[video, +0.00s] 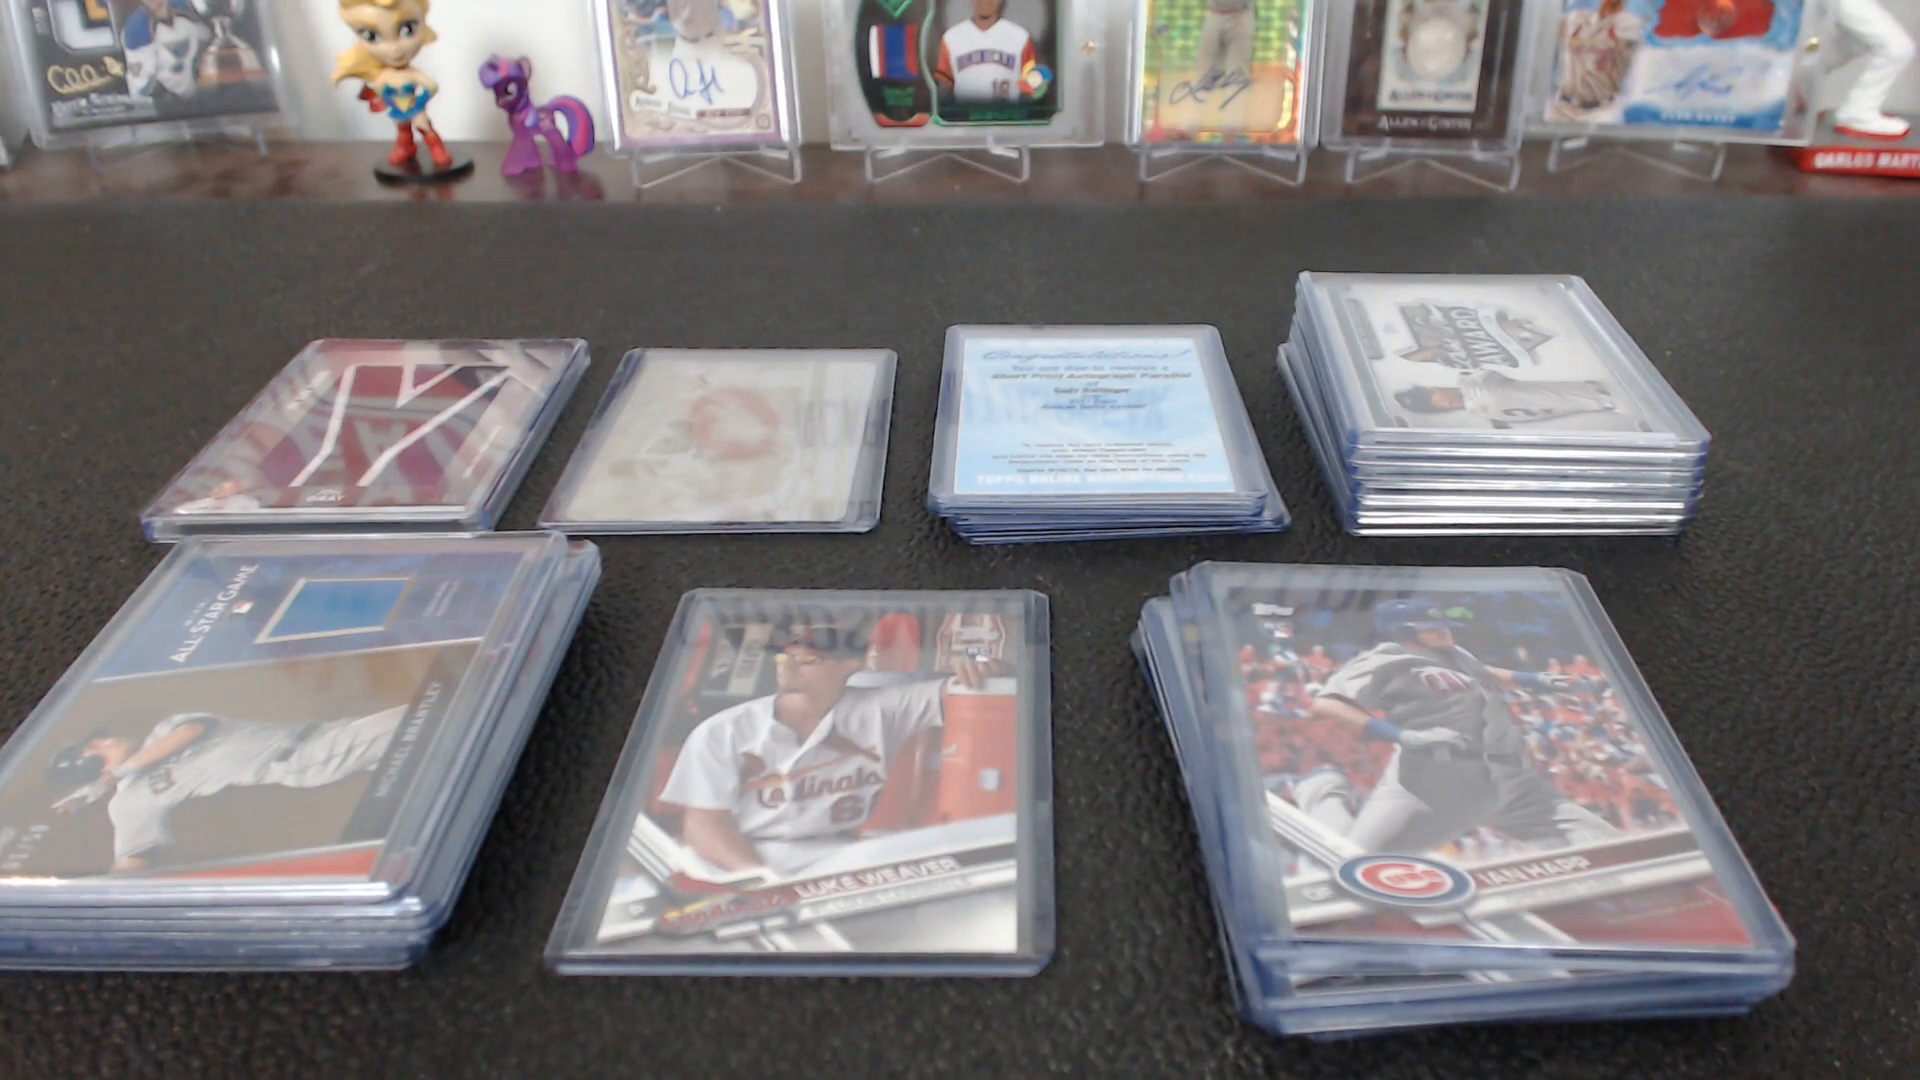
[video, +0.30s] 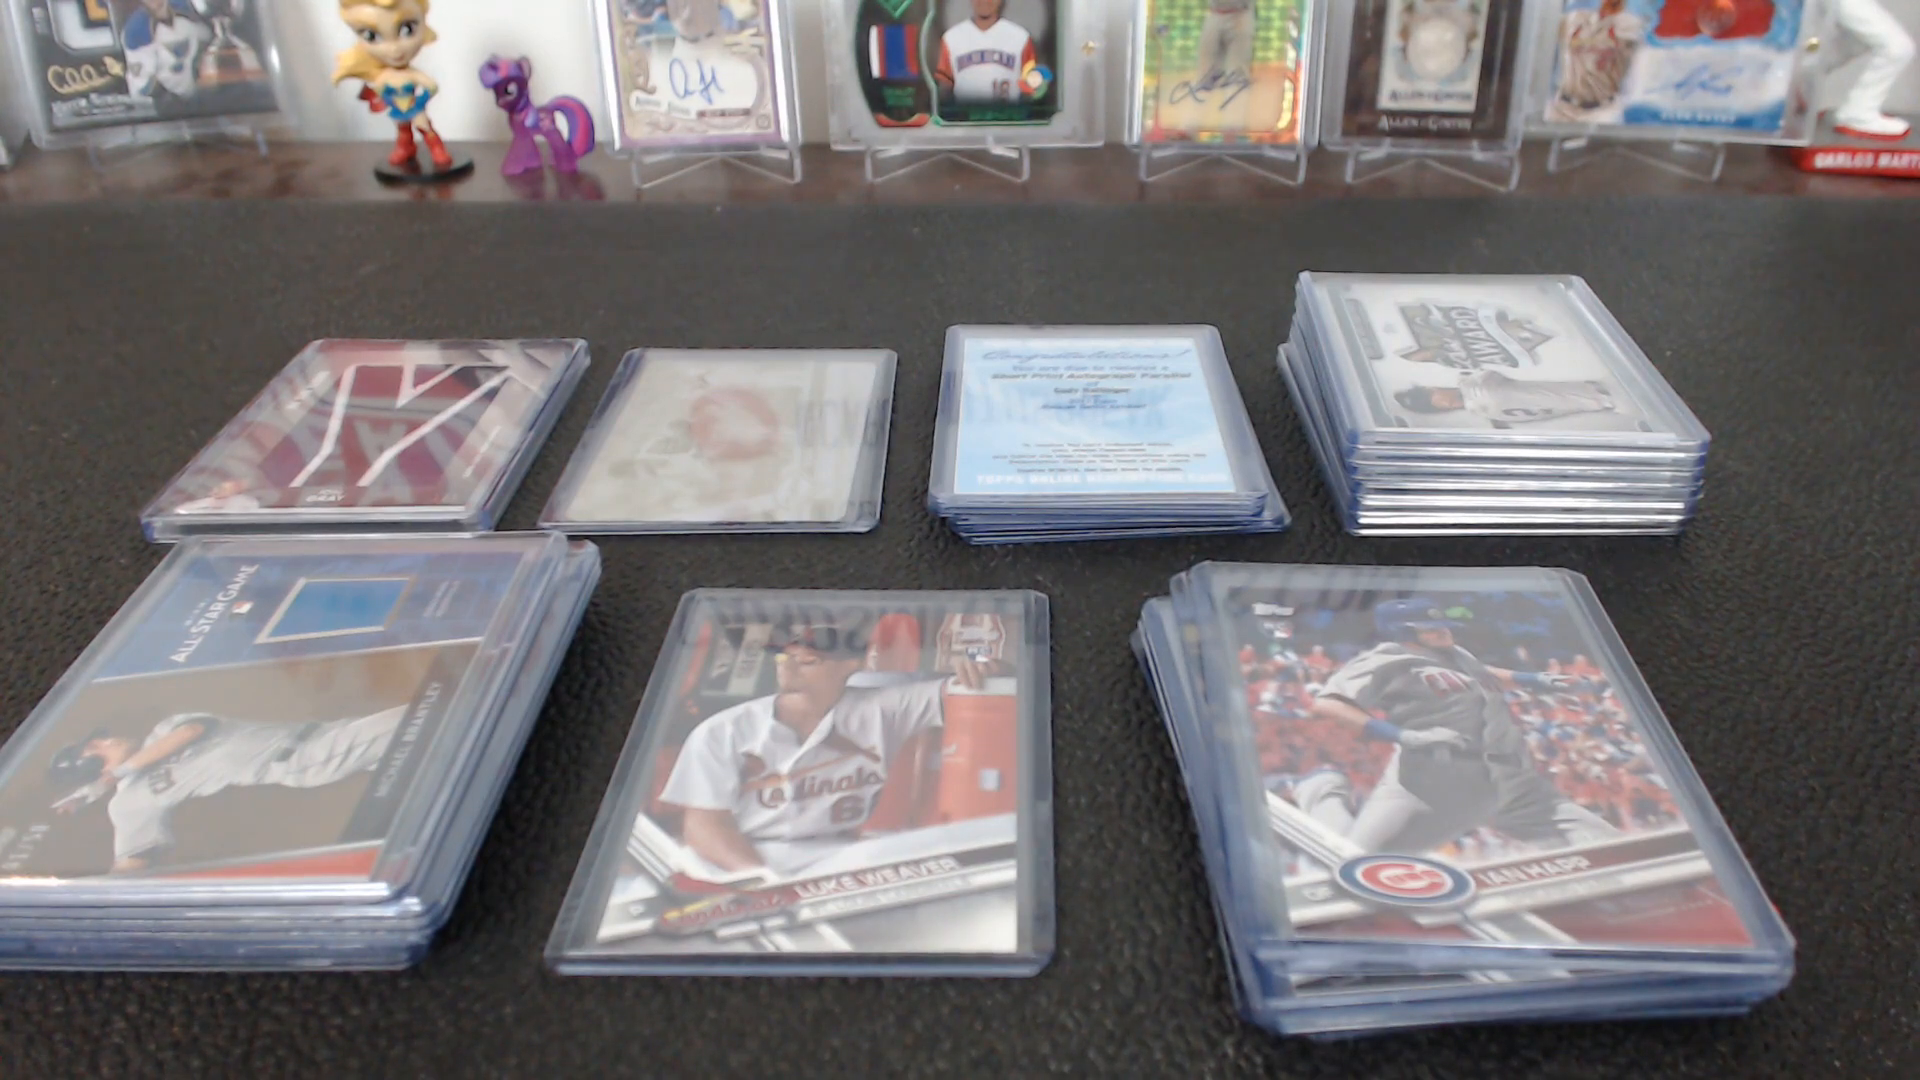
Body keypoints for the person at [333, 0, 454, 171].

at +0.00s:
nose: (394, 50)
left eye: (407, 30)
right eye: (371, 36)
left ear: (424, 27)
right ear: (358, 37)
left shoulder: (414, 74)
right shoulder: (377, 74)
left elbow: (427, 86)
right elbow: (370, 87)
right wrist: (376, 100)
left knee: (421, 121)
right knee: (401, 121)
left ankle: (436, 148)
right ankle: (405, 146)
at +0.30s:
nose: (394, 50)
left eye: (407, 30)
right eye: (371, 36)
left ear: (424, 28)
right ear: (358, 37)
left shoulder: (414, 74)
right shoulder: (377, 74)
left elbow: (426, 85)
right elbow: (369, 87)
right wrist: (375, 100)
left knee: (421, 121)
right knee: (401, 121)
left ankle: (436, 148)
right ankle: (405, 147)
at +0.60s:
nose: (394, 50)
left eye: (407, 30)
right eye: (371, 36)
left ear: (424, 27)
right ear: (358, 37)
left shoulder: (414, 74)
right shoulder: (377, 74)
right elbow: (370, 86)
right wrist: (375, 99)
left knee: (421, 121)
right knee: (401, 121)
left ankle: (436, 148)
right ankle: (405, 147)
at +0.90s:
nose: (394, 49)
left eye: (407, 30)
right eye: (371, 36)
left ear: (424, 28)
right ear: (358, 37)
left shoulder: (414, 75)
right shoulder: (379, 74)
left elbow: (426, 86)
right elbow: (369, 86)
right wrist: (375, 99)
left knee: (422, 122)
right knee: (401, 123)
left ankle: (436, 148)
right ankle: (405, 147)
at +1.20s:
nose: (394, 49)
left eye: (407, 30)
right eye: (371, 36)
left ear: (424, 28)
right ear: (358, 38)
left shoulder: (414, 74)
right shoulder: (378, 74)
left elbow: (426, 86)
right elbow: (369, 88)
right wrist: (375, 100)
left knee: (421, 122)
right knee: (401, 122)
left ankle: (436, 148)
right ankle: (405, 147)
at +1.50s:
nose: (394, 49)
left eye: (407, 30)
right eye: (371, 36)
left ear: (424, 27)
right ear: (358, 37)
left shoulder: (414, 75)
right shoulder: (377, 74)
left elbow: (426, 86)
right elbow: (369, 88)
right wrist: (375, 100)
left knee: (421, 121)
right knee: (401, 121)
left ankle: (436, 148)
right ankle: (405, 146)